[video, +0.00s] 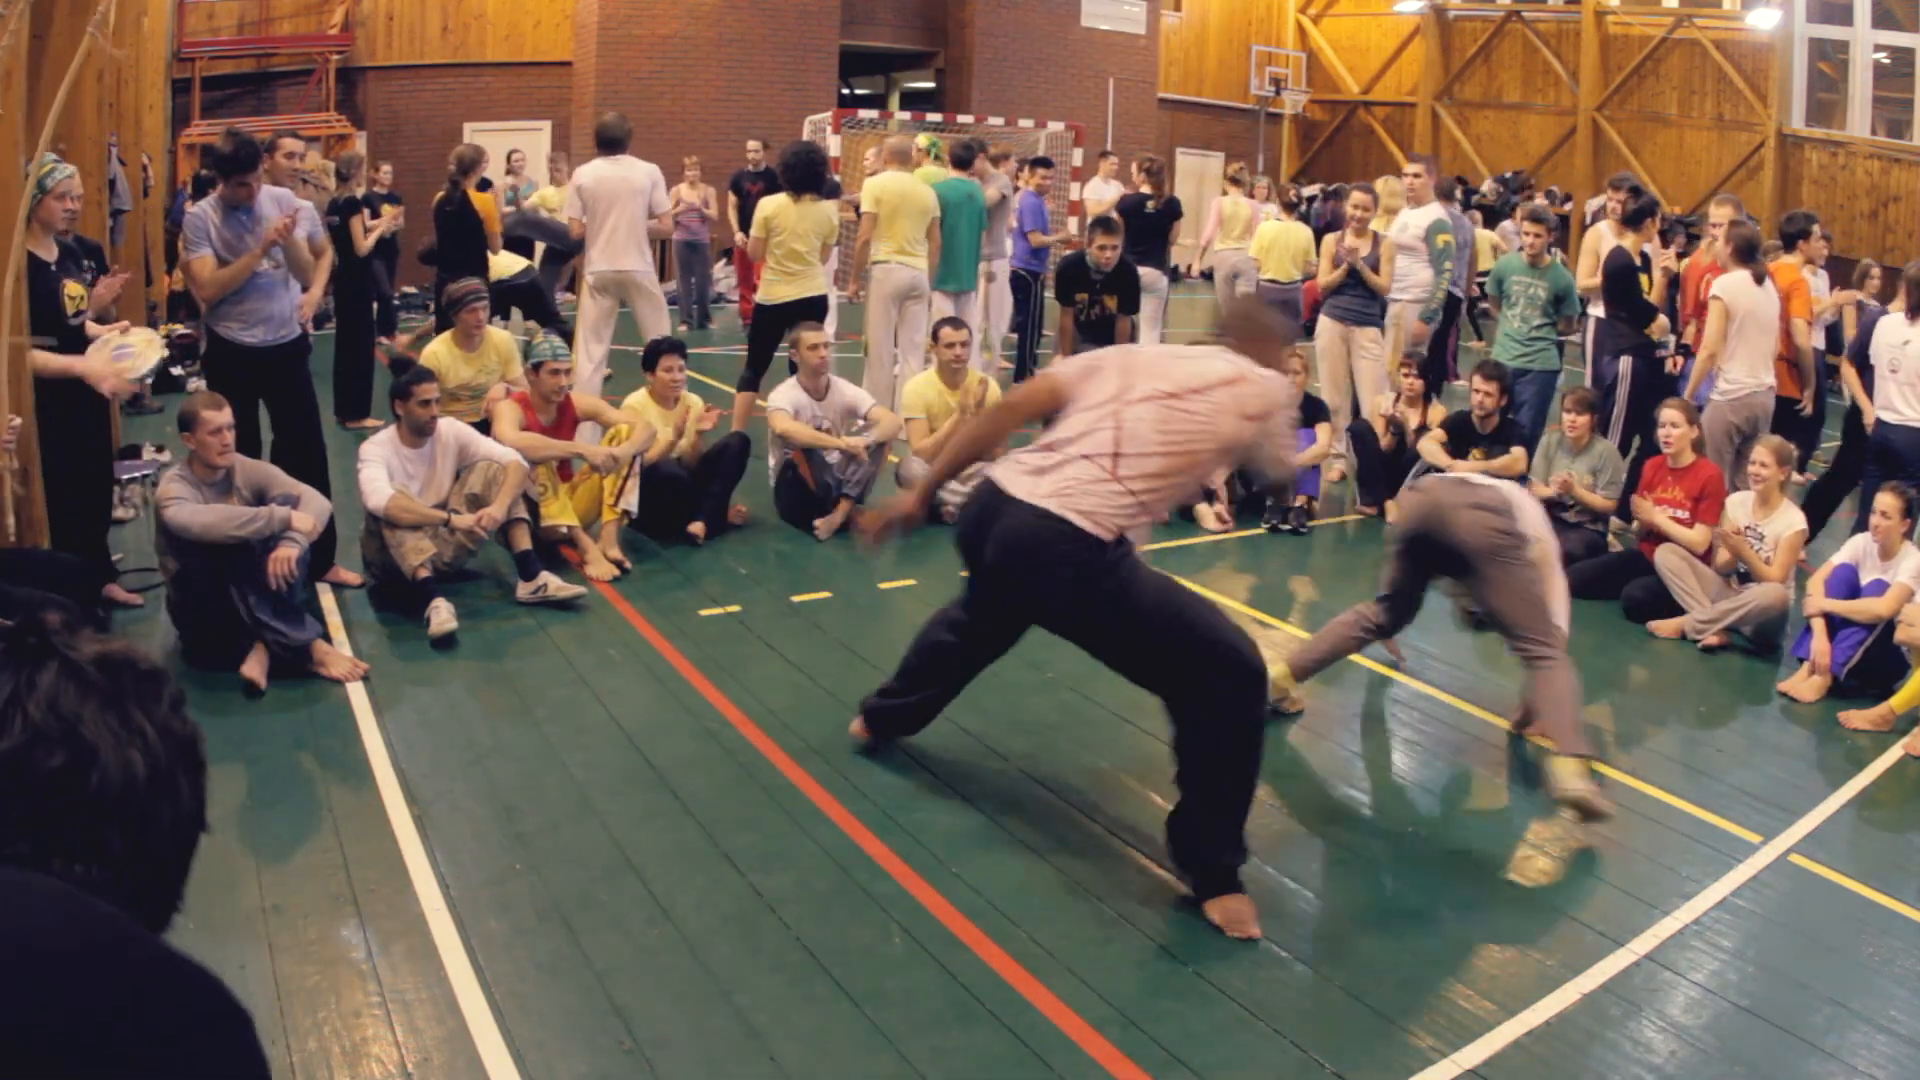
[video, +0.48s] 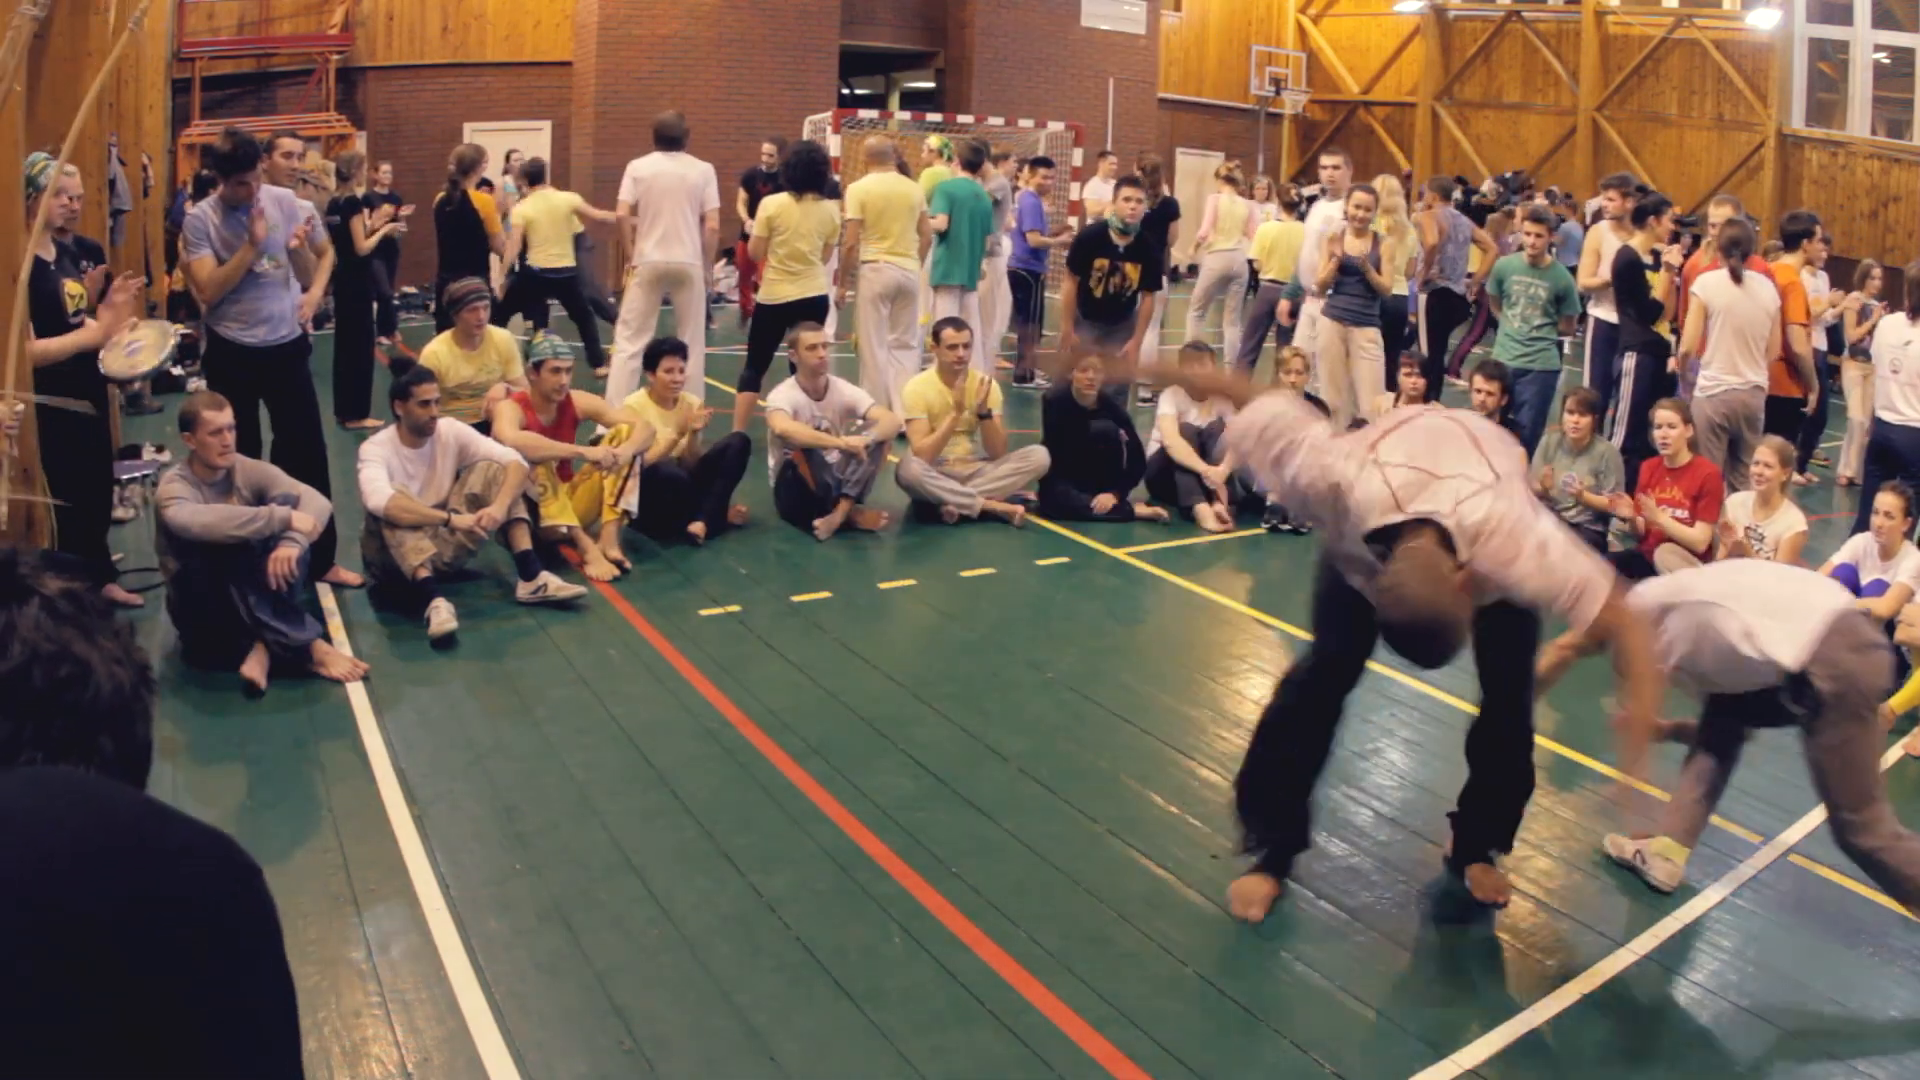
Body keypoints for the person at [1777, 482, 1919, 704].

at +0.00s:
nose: (1875, 521)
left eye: (1885, 516)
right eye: (1873, 513)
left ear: (1905, 525)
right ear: (1869, 513)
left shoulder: (1912, 559)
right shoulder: (1860, 542)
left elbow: (1886, 610)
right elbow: (1815, 581)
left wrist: (1823, 604)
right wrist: (1820, 638)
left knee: (1877, 587)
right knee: (1844, 572)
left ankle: (1823, 676)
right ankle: (1807, 666)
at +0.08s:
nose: (1875, 522)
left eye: (1886, 516)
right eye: (1874, 513)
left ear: (1905, 525)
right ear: (1869, 513)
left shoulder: (1913, 560)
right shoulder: (1860, 542)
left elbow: (1886, 610)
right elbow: (1815, 581)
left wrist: (1823, 604)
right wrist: (1820, 638)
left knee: (1877, 587)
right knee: (1843, 572)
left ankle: (1823, 676)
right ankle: (1807, 666)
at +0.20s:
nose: (1876, 522)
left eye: (1887, 516)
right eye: (1874, 513)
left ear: (1906, 525)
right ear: (1869, 513)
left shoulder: (1913, 560)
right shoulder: (1860, 542)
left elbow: (1886, 610)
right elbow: (1815, 581)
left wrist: (1823, 604)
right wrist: (1820, 639)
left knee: (1877, 587)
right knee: (1843, 572)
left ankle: (1823, 676)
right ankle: (1807, 666)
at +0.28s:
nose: (1877, 522)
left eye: (1887, 516)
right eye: (1874, 513)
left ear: (1906, 524)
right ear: (1869, 513)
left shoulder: (1912, 559)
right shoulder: (1860, 542)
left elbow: (1886, 609)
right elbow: (1815, 581)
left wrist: (1823, 604)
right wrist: (1820, 638)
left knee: (1877, 587)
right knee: (1843, 572)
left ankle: (1823, 676)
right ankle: (1807, 666)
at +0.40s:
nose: (1878, 522)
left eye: (1888, 516)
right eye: (1875, 513)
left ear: (1906, 524)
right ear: (1870, 513)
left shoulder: (1913, 558)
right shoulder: (1861, 542)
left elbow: (1885, 611)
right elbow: (1816, 580)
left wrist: (1826, 605)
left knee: (1877, 587)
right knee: (1843, 573)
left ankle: (1828, 673)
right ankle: (1816, 663)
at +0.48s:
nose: (1878, 523)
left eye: (1888, 516)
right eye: (1875, 513)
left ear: (1906, 524)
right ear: (1870, 514)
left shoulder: (1912, 558)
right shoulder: (1860, 541)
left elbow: (1886, 609)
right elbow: (1820, 576)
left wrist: (1840, 606)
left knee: (1877, 587)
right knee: (1845, 571)